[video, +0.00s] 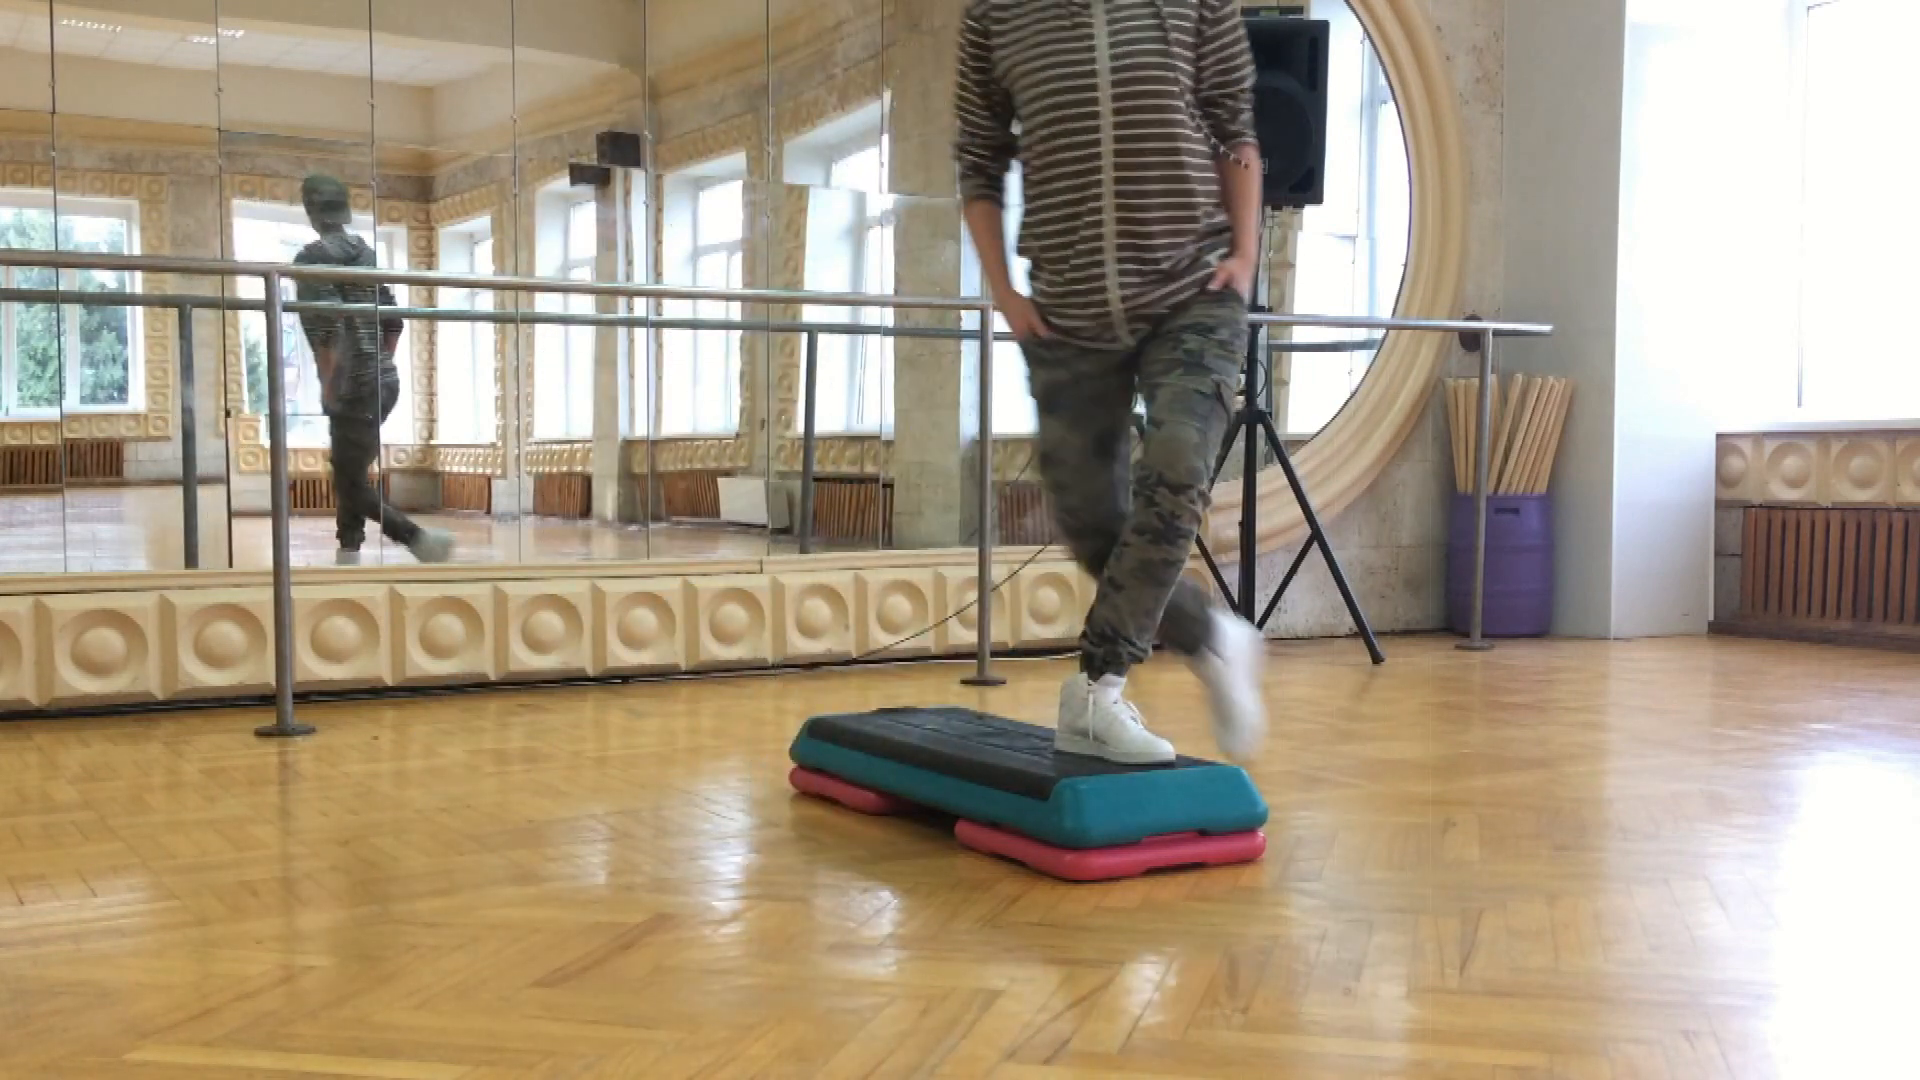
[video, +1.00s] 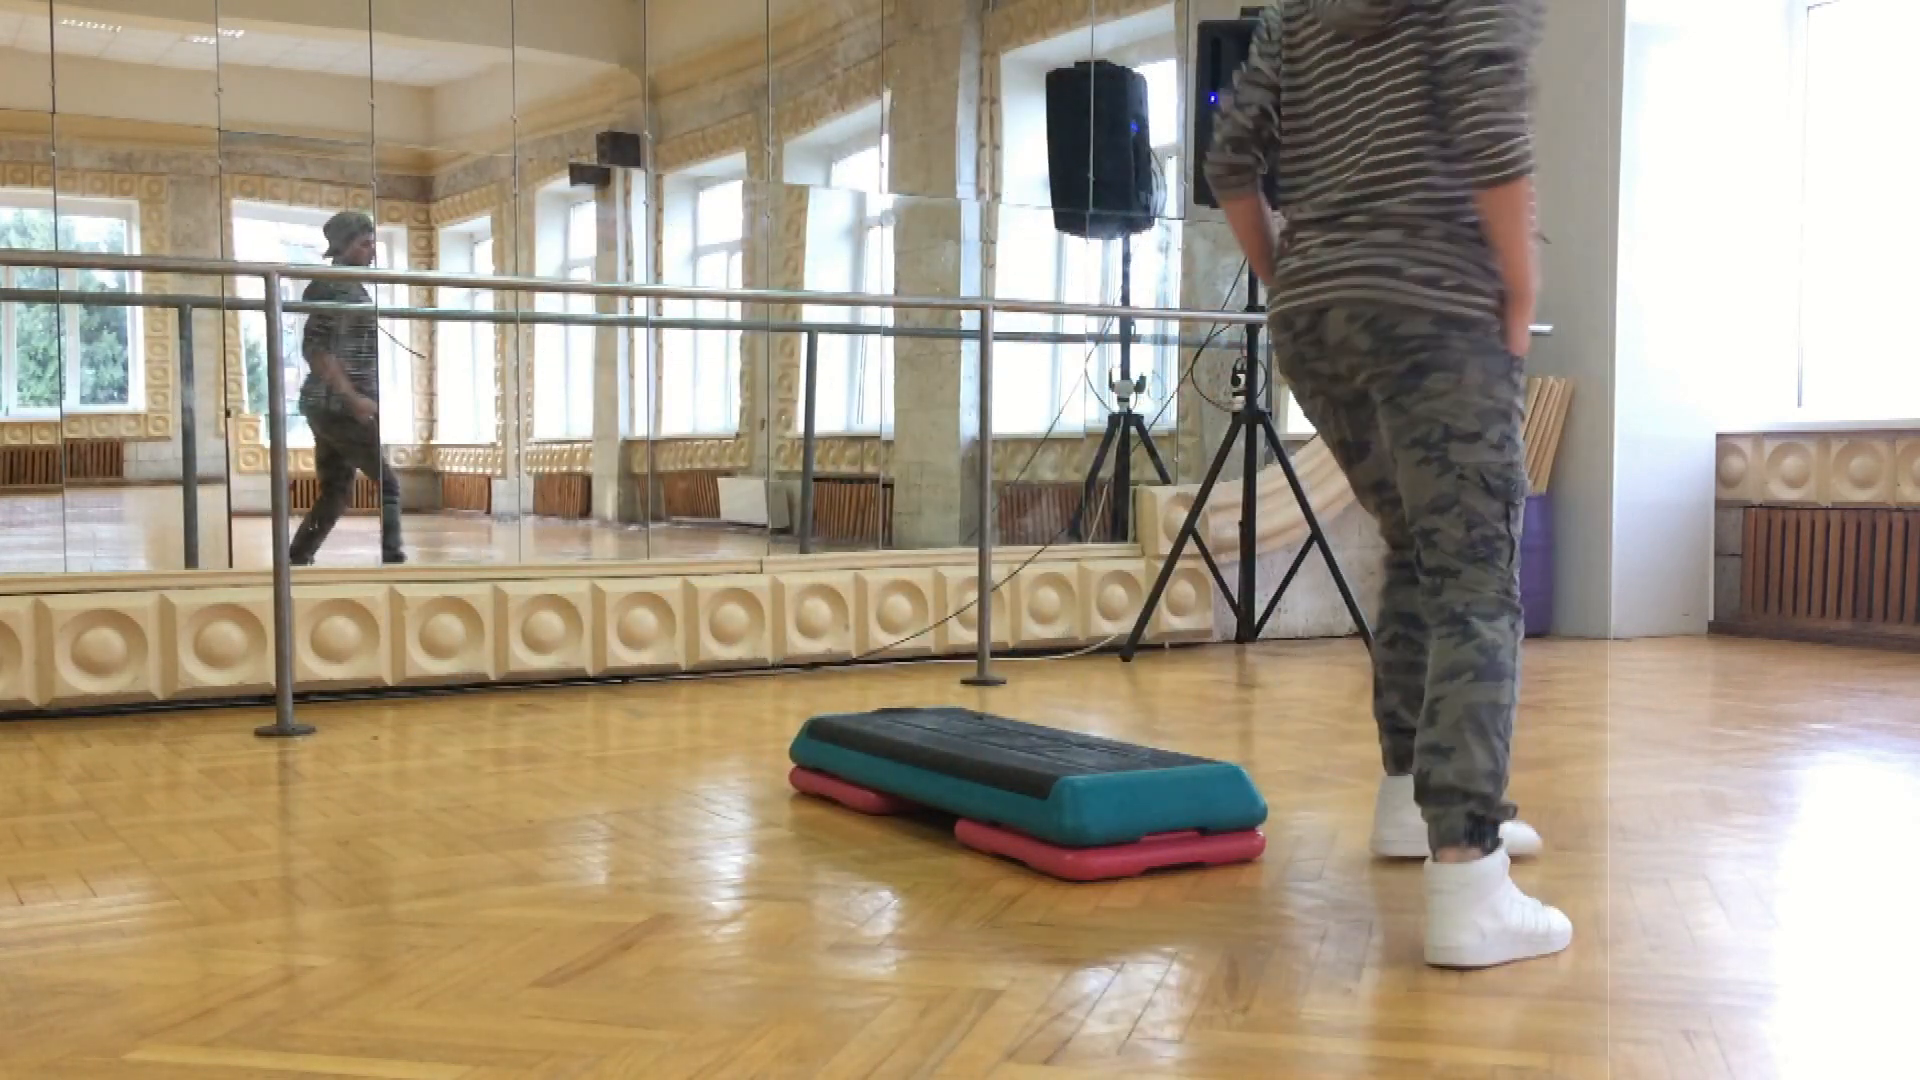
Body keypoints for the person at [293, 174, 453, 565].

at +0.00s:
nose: (313, 214)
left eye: (308, 207)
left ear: (309, 210)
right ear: (347, 209)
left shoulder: (310, 259)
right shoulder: (365, 253)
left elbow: (323, 325)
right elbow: (393, 317)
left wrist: (327, 382)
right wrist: (381, 363)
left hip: (352, 380)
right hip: (385, 378)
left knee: (352, 481)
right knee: (349, 471)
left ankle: (420, 540)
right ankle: (349, 557)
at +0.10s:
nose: (346, 228)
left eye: (333, 222)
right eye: (353, 220)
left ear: (326, 225)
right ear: (362, 222)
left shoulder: (330, 271)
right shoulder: (375, 266)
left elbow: (350, 330)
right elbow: (406, 330)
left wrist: (350, 390)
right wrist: (382, 366)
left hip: (374, 389)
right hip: (401, 387)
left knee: (395, 492)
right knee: (350, 467)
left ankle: (457, 559)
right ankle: (348, 557)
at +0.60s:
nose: (366, 246)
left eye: (359, 239)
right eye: (370, 239)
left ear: (351, 245)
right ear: (382, 243)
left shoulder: (342, 297)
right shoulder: (405, 286)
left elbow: (362, 355)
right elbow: (438, 345)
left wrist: (363, 413)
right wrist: (432, 394)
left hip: (388, 406)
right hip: (428, 403)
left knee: (388, 504)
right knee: (410, 493)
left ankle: (433, 547)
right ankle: (402, 572)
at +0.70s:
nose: (355, 246)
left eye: (351, 240)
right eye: (362, 240)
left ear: (347, 245)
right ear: (378, 243)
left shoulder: (331, 295)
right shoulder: (400, 288)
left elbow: (330, 362)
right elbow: (431, 347)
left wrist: (345, 411)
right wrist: (434, 398)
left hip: (371, 408)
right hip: (416, 404)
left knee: (372, 486)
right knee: (406, 490)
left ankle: (388, 548)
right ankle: (408, 568)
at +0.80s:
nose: (357, 248)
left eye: (349, 242)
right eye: (371, 242)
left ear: (345, 243)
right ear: (377, 243)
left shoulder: (323, 291)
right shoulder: (389, 292)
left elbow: (304, 356)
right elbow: (407, 354)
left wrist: (331, 398)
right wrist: (422, 396)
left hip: (352, 405)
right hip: (395, 402)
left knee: (368, 488)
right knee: (404, 493)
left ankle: (339, 558)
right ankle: (405, 574)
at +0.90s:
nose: (377, 253)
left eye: (375, 245)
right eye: (373, 245)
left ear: (345, 245)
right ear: (359, 245)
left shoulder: (321, 289)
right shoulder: (364, 285)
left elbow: (298, 349)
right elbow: (368, 342)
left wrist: (326, 387)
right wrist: (384, 388)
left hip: (339, 405)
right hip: (370, 403)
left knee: (353, 497)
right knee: (401, 492)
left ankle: (305, 559)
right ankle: (404, 572)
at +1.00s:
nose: (372, 251)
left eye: (373, 244)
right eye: (365, 243)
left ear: (352, 247)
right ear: (344, 246)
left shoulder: (349, 285)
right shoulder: (334, 286)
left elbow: (334, 348)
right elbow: (315, 349)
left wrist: (359, 389)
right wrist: (353, 396)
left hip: (332, 403)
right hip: (335, 403)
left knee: (336, 495)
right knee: (388, 482)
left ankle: (294, 562)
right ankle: (394, 565)